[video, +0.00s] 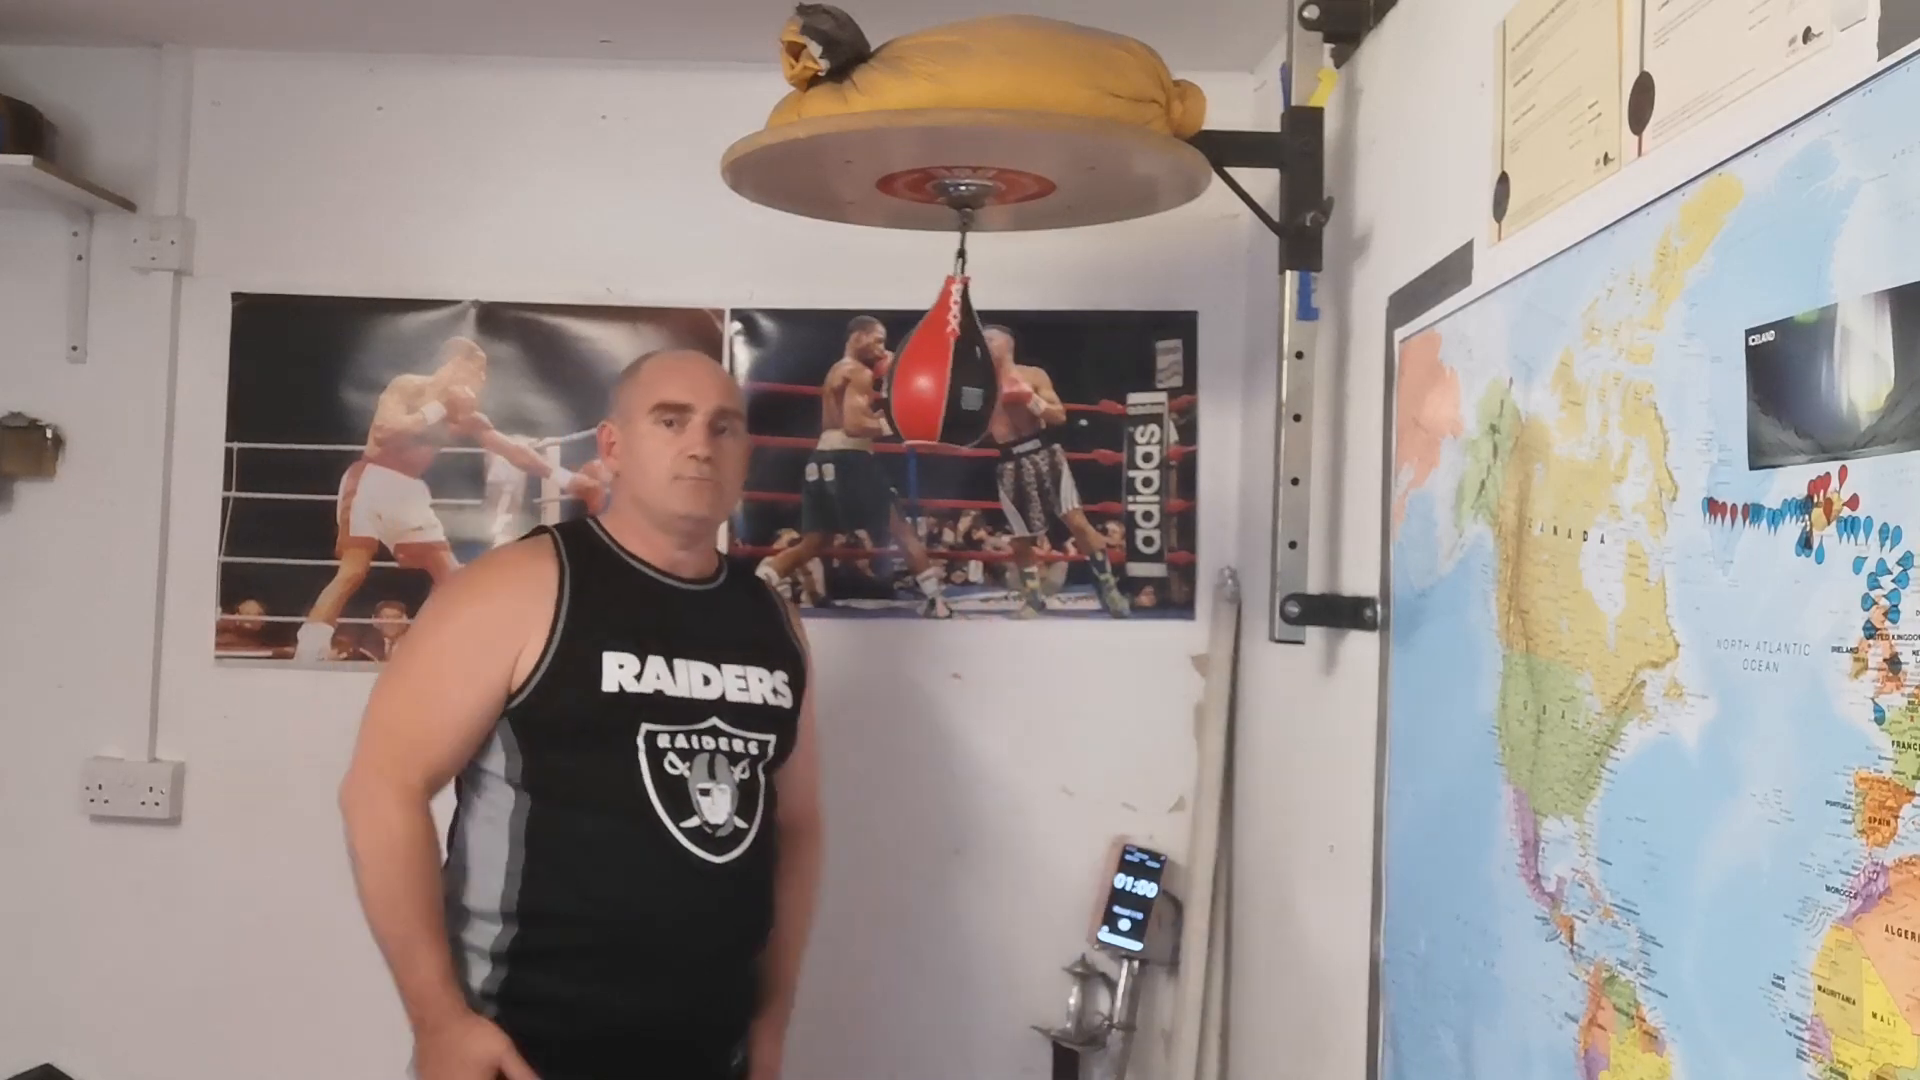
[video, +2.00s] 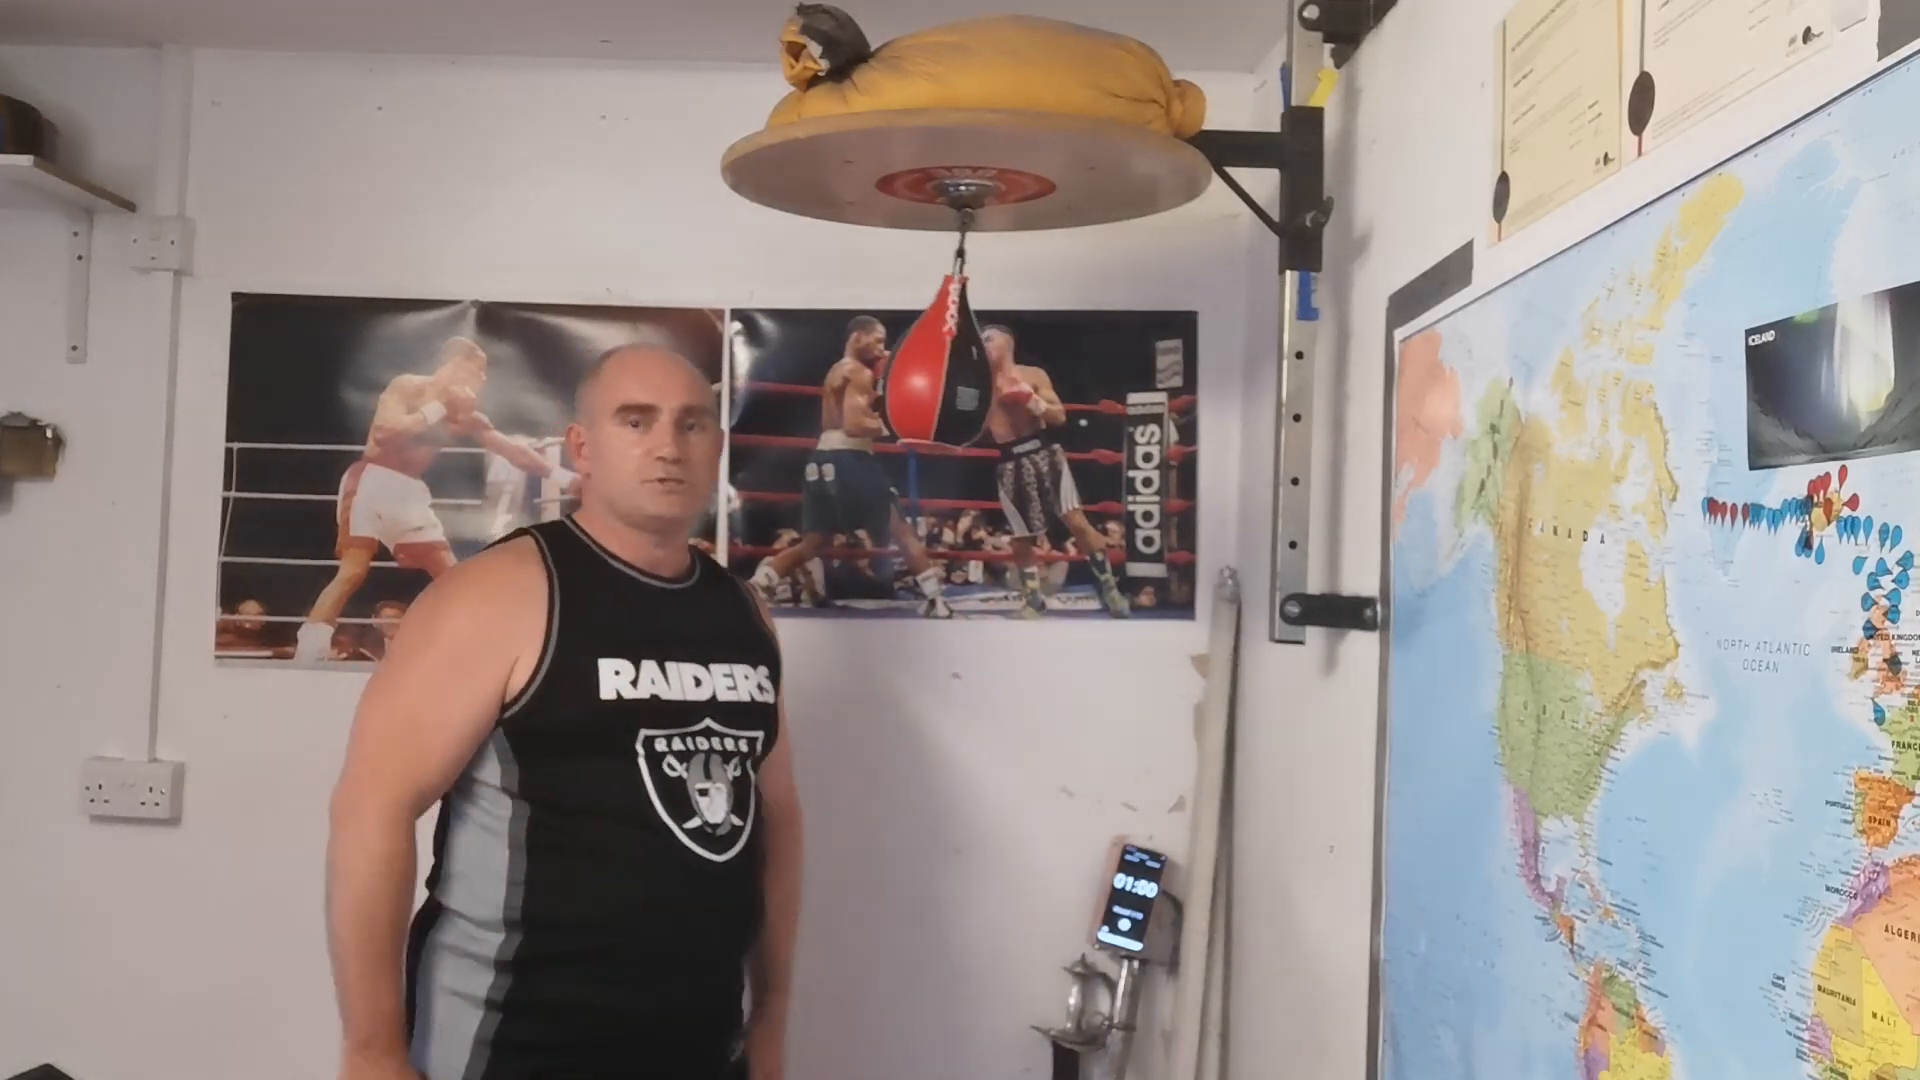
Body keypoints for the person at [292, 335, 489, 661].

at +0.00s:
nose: (474, 385)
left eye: (478, 379)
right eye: (470, 374)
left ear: (478, 383)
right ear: (451, 366)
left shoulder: (461, 413)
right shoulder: (405, 386)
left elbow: (506, 447)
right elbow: (384, 430)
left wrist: (546, 473)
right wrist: (436, 409)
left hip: (410, 492)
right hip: (369, 482)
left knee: (449, 572)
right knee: (352, 572)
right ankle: (307, 651)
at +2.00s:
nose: (477, 381)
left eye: (481, 375)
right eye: (474, 372)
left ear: (476, 378)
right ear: (453, 365)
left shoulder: (462, 411)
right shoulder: (404, 387)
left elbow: (511, 450)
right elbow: (383, 432)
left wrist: (561, 477)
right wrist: (434, 412)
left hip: (408, 491)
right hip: (369, 482)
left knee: (448, 572)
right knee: (353, 570)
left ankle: (468, 651)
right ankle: (307, 650)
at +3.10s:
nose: (476, 384)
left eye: (480, 377)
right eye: (472, 373)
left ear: (476, 380)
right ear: (451, 364)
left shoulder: (464, 413)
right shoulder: (404, 386)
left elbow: (511, 450)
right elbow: (383, 432)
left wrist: (563, 478)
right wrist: (432, 412)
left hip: (409, 492)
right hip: (369, 483)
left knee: (447, 572)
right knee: (353, 570)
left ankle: (460, 652)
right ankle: (307, 651)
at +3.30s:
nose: (477, 385)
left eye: (480, 378)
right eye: (473, 375)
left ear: (476, 382)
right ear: (450, 365)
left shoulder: (464, 414)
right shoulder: (404, 386)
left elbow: (510, 449)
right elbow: (384, 431)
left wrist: (563, 478)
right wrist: (432, 412)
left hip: (410, 493)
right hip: (370, 483)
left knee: (446, 572)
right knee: (353, 570)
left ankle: (457, 654)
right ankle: (306, 651)